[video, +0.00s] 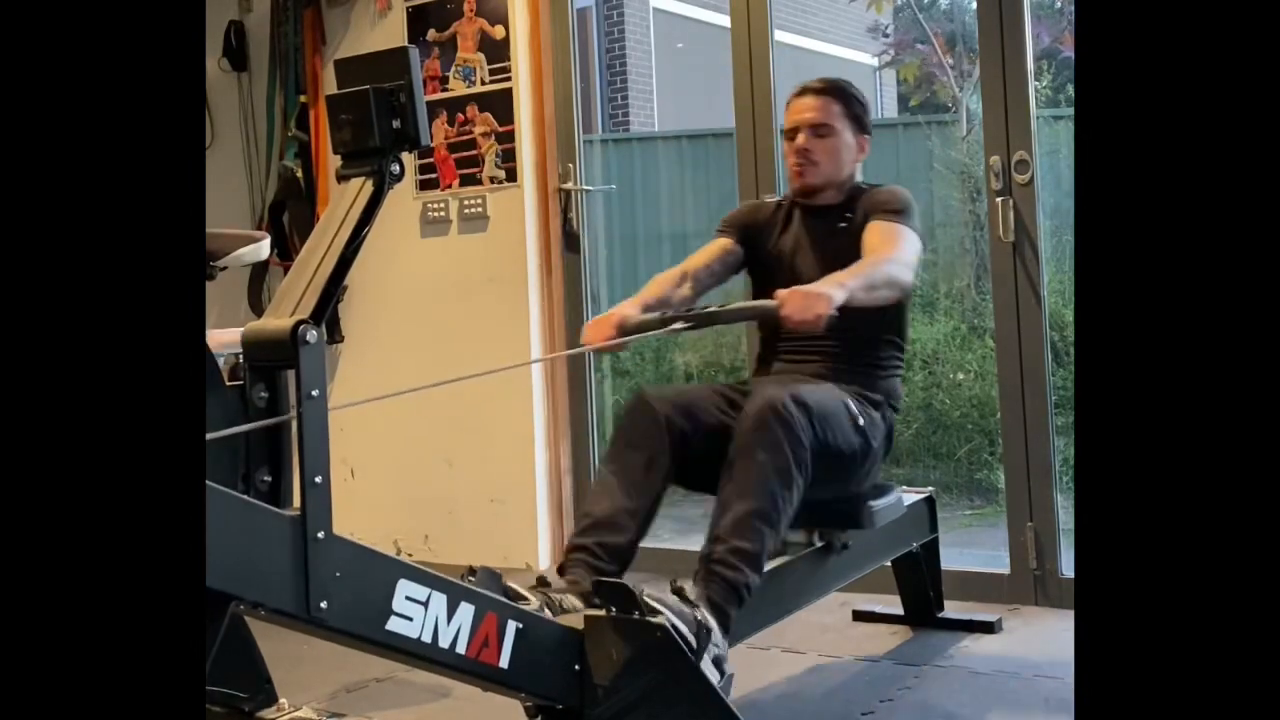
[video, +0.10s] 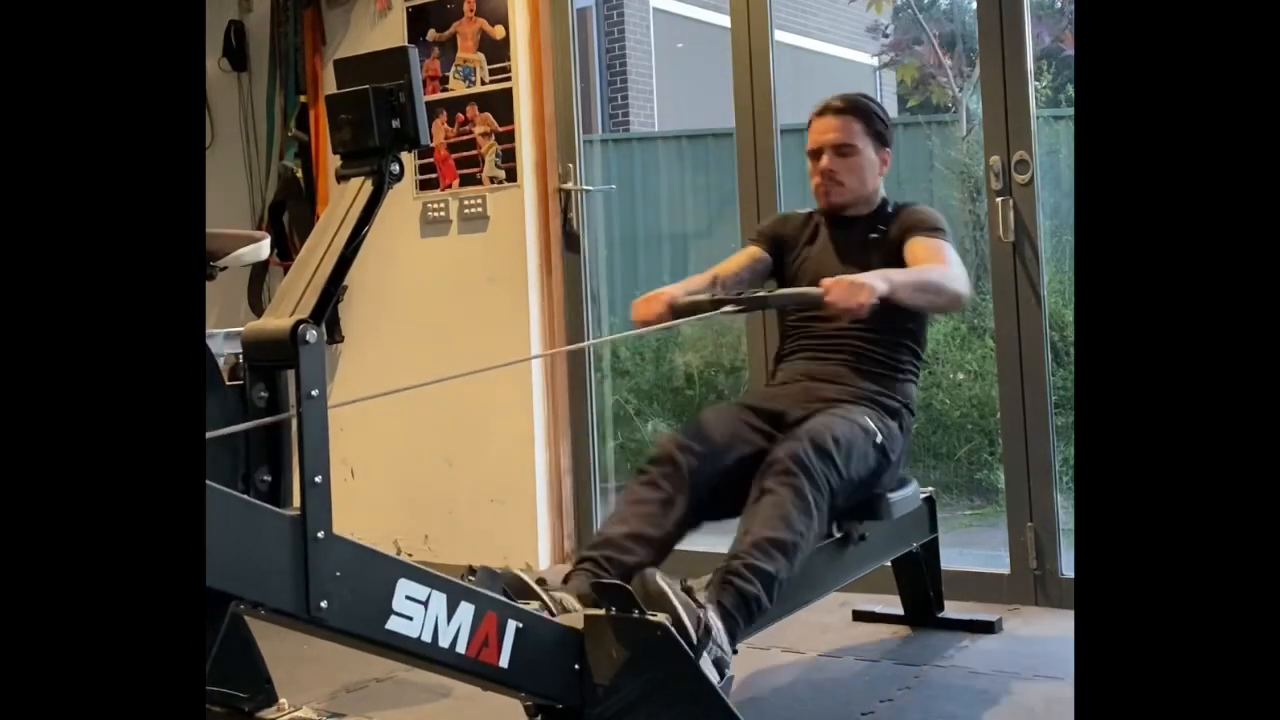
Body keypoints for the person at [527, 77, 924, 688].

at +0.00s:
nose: (799, 145)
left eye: (819, 132)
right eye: (791, 134)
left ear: (861, 146)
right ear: (781, 144)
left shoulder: (884, 208)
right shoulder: (759, 219)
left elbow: (894, 268)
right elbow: (688, 278)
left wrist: (835, 288)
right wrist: (629, 309)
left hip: (854, 414)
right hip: (758, 403)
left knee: (777, 406)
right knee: (653, 410)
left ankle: (710, 614)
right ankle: (578, 586)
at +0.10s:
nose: (823, 166)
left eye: (842, 151)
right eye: (815, 154)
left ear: (883, 160)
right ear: (806, 161)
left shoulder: (912, 224)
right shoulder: (789, 231)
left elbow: (952, 287)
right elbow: (720, 282)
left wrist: (881, 283)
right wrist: (670, 297)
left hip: (864, 407)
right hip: (776, 401)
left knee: (797, 461)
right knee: (680, 454)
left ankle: (719, 622)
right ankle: (582, 591)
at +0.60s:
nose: (722, 140)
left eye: (742, 124)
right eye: (714, 127)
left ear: (791, 136)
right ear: (705, 136)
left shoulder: (825, 205)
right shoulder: (694, 223)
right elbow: (604, 272)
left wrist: (756, 278)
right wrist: (538, 299)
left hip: (808, 472)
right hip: (714, 471)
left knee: (738, 343)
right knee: (609, 346)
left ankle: (707, 592)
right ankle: (579, 571)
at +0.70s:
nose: (679, 138)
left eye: (701, 121)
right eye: (670, 124)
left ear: (753, 135)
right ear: (661, 134)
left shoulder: (790, 208)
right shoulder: (655, 223)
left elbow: (774, 263)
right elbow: (560, 277)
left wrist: (690, 306)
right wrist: (467, 321)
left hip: (781, 474)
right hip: (684, 470)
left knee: (723, 327)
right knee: (585, 321)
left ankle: (702, 578)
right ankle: (576, 565)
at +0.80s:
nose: (642, 140)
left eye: (667, 121)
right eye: (635, 124)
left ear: (722, 135)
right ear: (627, 134)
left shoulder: (766, 208)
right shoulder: (622, 226)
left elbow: (737, 267)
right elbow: (527, 284)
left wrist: (649, 322)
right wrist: (422, 341)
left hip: (766, 476)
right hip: (667, 475)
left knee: (708, 324)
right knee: (572, 313)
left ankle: (695, 575)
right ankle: (574, 560)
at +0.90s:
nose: (638, 143)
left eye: (663, 124)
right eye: (631, 126)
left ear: (718, 136)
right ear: (624, 134)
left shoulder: (766, 209)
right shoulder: (619, 227)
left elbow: (735, 266)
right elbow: (522, 287)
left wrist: (647, 322)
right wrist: (415, 345)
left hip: (764, 477)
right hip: (663, 476)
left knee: (705, 321)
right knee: (572, 310)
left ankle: (696, 572)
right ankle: (572, 560)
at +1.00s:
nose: (673, 134)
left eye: (696, 118)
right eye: (665, 120)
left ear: (747, 133)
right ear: (656, 133)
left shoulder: (787, 200)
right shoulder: (645, 220)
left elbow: (773, 263)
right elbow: (554, 278)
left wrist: (691, 310)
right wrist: (460, 330)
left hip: (774, 467)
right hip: (680, 465)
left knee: (717, 330)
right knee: (584, 314)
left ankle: (699, 575)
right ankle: (575, 560)